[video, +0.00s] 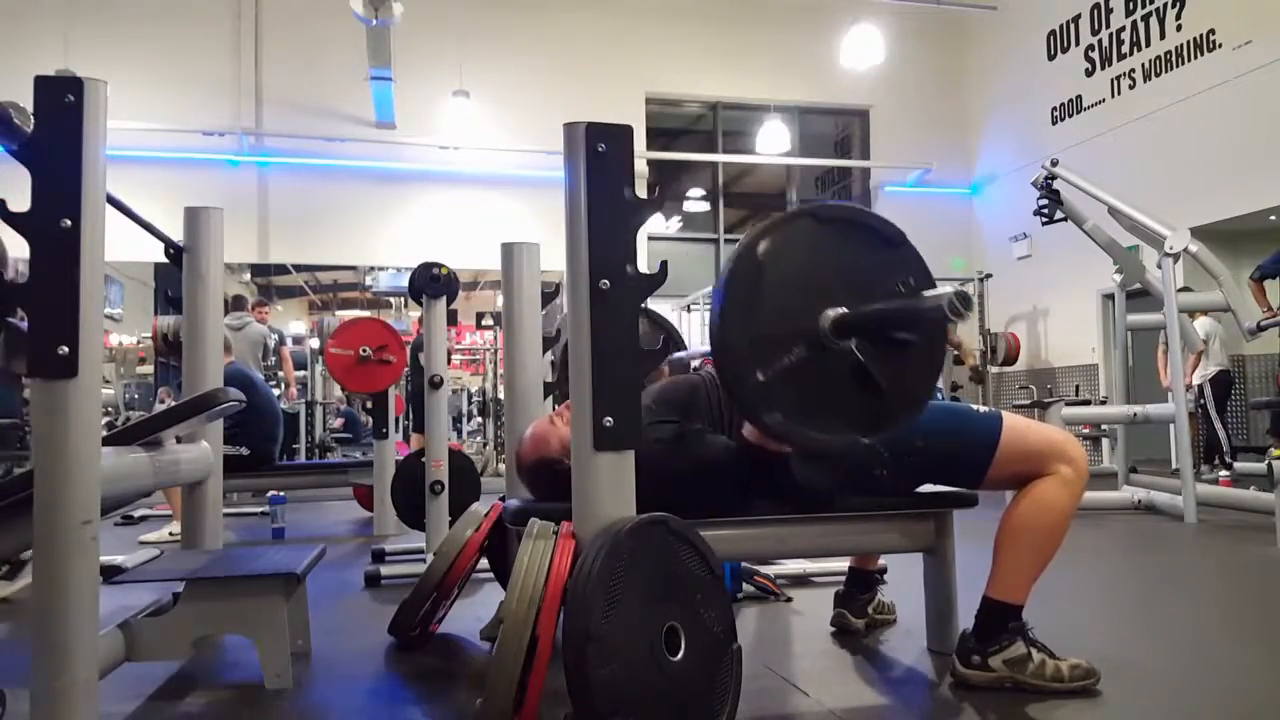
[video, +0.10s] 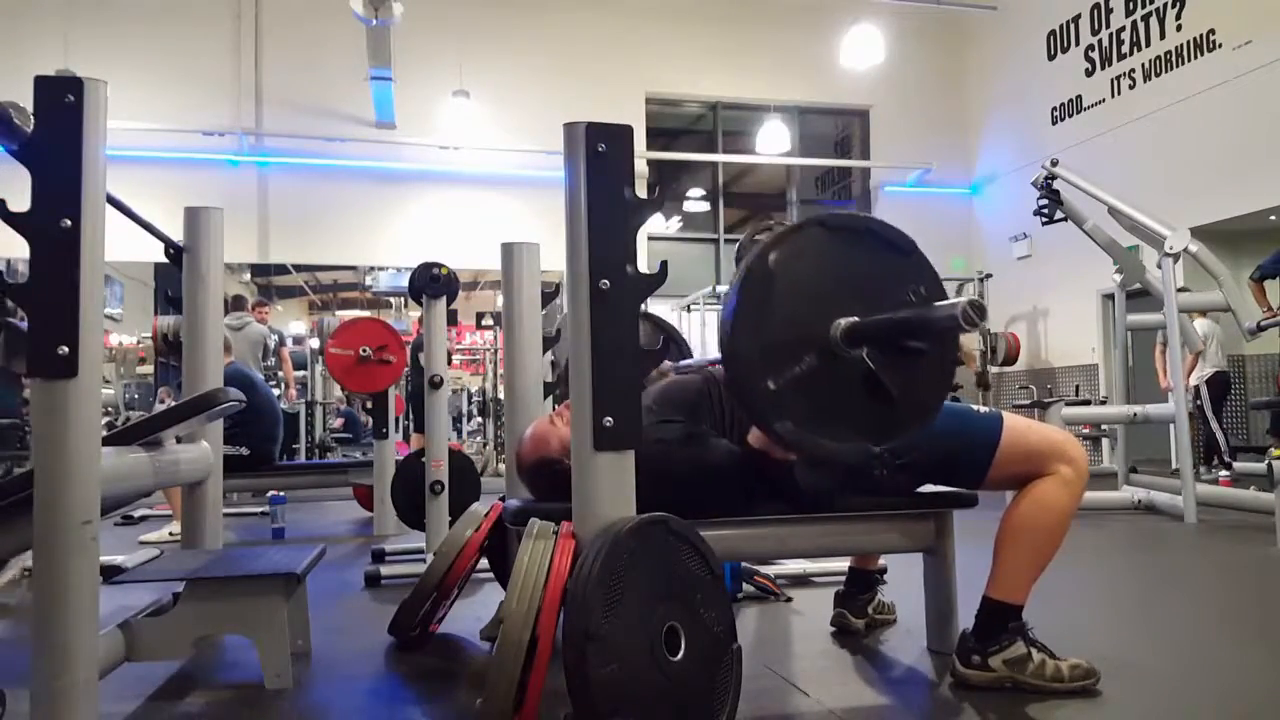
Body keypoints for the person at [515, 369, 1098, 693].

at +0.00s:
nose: (553, 409)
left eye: (544, 415)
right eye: (550, 422)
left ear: (562, 443)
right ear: (568, 450)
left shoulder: (622, 433)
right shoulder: (633, 454)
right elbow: (757, 442)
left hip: (808, 435)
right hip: (846, 444)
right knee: (1063, 457)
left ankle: (857, 597)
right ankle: (993, 640)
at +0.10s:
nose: (554, 408)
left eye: (545, 414)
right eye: (551, 422)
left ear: (564, 425)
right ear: (569, 448)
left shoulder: (626, 424)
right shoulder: (636, 453)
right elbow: (755, 451)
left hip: (807, 430)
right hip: (849, 438)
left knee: (901, 447)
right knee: (1063, 458)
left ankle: (858, 598)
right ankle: (994, 640)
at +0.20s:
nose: (556, 405)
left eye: (546, 412)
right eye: (551, 420)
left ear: (567, 450)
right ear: (571, 451)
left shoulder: (627, 427)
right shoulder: (642, 455)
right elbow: (766, 460)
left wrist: (655, 382)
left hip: (817, 424)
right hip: (848, 441)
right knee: (1063, 458)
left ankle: (857, 598)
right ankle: (993, 640)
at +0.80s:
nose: (553, 408)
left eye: (546, 412)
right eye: (547, 420)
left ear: (565, 433)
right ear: (563, 448)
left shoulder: (619, 430)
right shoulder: (623, 448)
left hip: (805, 428)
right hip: (857, 426)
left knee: (891, 439)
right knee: (1065, 457)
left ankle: (860, 595)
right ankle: (993, 643)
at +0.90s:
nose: (551, 417)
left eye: (546, 419)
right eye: (546, 423)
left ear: (558, 443)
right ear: (554, 449)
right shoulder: (582, 448)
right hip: (842, 426)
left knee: (901, 446)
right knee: (1061, 458)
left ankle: (858, 597)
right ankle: (994, 638)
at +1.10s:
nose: (559, 407)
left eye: (548, 411)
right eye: (552, 419)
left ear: (563, 455)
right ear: (570, 450)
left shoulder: (617, 440)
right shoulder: (638, 453)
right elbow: (691, 344)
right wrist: (699, 248)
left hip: (818, 424)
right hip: (847, 430)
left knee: (904, 430)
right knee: (1058, 452)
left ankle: (861, 591)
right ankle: (994, 639)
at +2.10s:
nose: (553, 410)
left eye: (544, 413)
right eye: (544, 425)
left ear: (561, 421)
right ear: (555, 461)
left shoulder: (607, 436)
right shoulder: (617, 460)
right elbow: (714, 408)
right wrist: (731, 306)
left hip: (814, 430)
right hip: (837, 435)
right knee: (1055, 456)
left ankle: (860, 595)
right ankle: (993, 640)